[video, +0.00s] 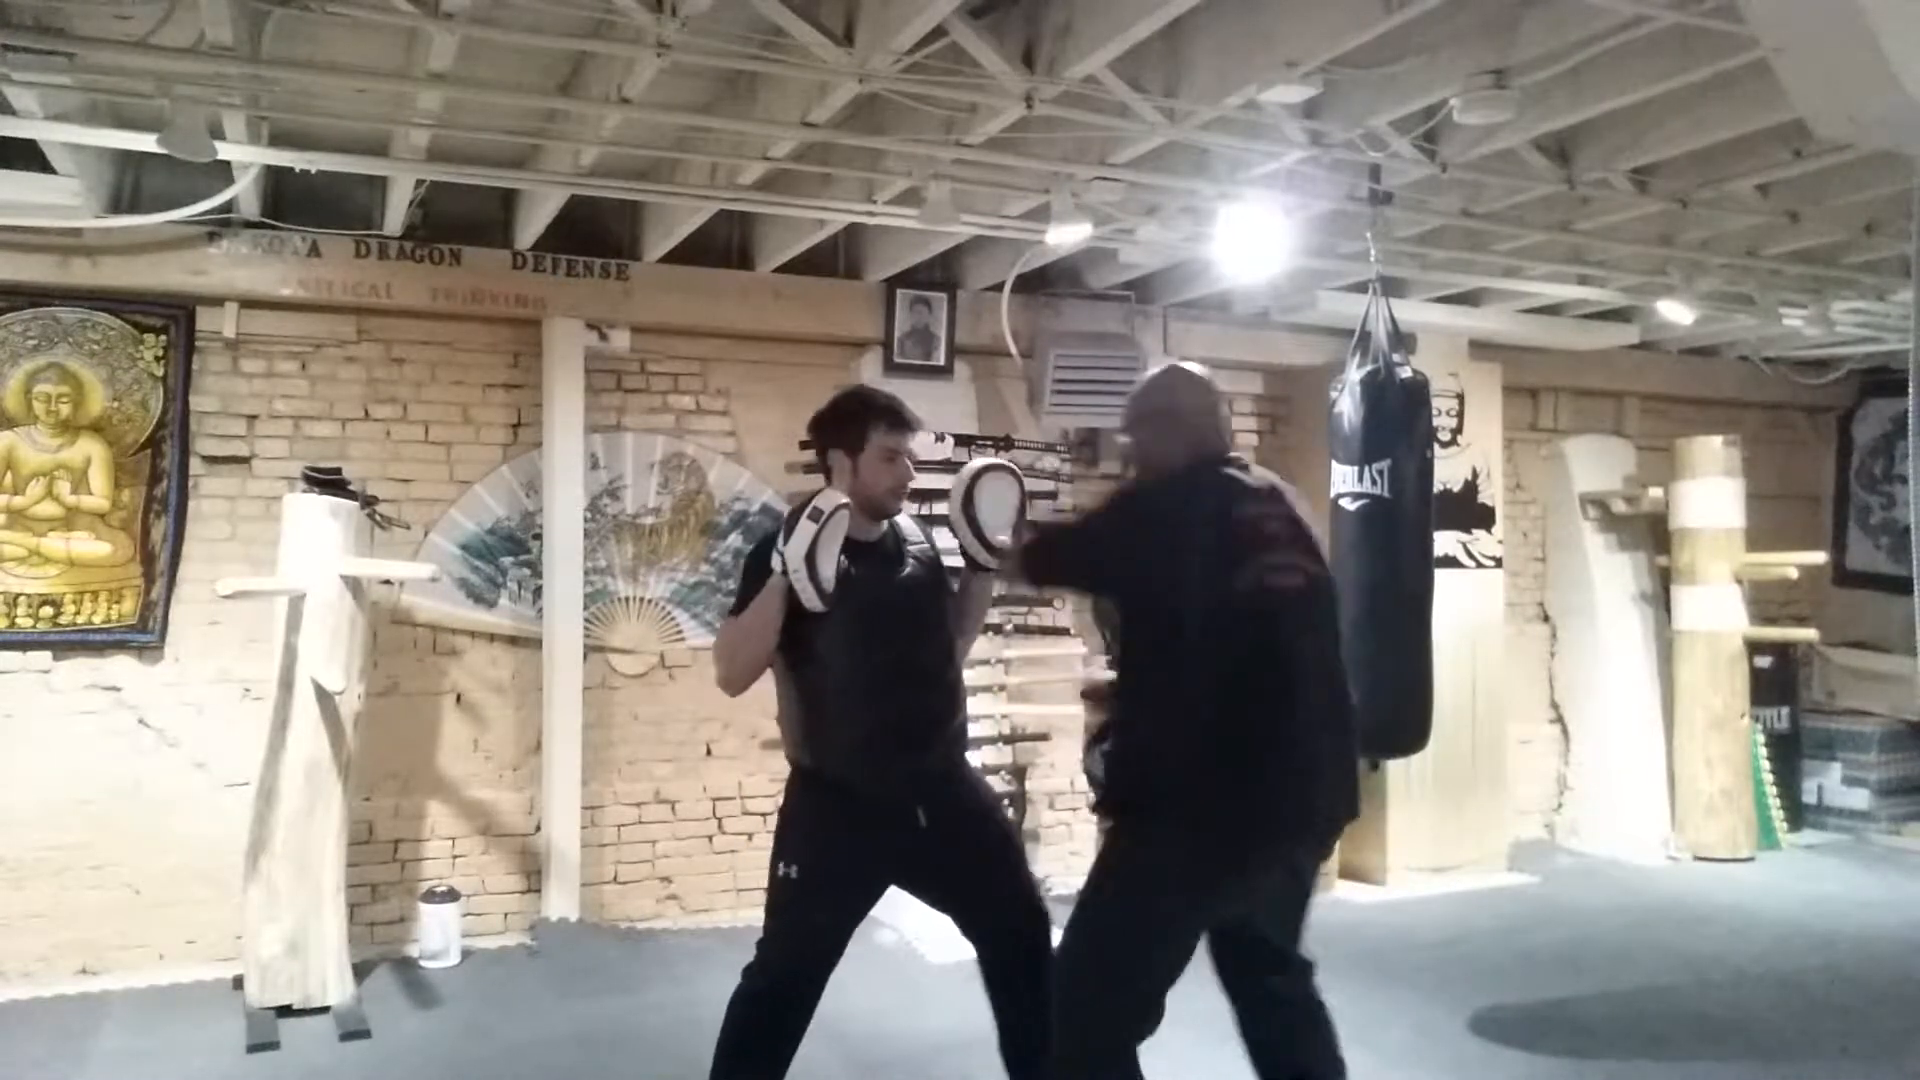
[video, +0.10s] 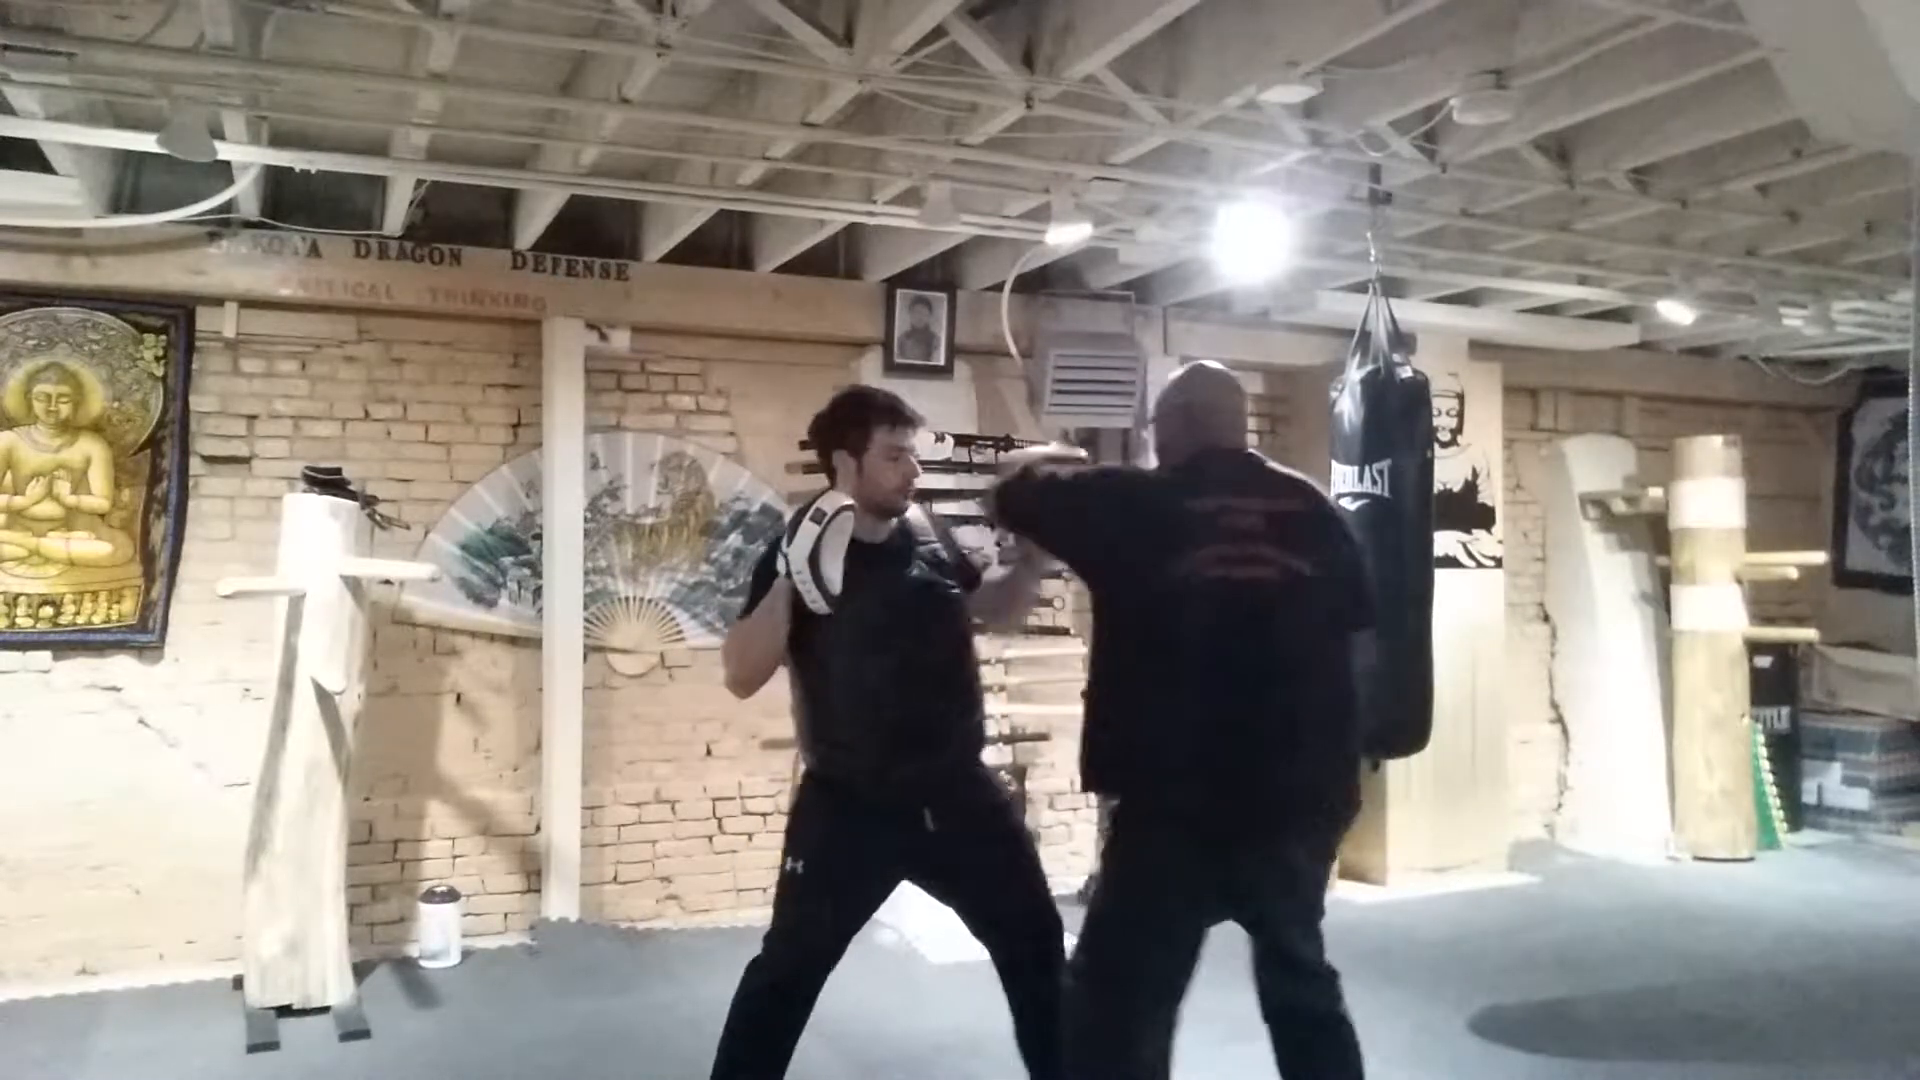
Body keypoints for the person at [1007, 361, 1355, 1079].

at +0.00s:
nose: (1129, 445)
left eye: (1138, 428)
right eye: (1129, 428)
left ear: (1167, 432)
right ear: (1216, 432)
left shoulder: (1155, 512)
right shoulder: (1274, 508)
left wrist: (1021, 551)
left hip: (1188, 810)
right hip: (1298, 799)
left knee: (1090, 1011)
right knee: (1267, 968)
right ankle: (1315, 1075)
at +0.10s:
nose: (1153, 437)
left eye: (1156, 426)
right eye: (1159, 427)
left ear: (1166, 431)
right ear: (1244, 427)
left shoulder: (1132, 501)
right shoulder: (1312, 509)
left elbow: (1013, 493)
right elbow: (1357, 611)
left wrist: (1051, 458)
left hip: (1171, 806)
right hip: (1297, 803)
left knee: (1118, 1014)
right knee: (1302, 982)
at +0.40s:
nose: (1139, 440)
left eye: (1143, 426)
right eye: (1142, 426)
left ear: (1158, 429)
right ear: (1234, 420)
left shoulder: (1140, 510)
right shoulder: (1315, 497)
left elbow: (1036, 578)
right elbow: (1381, 589)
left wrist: (1089, 503)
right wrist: (1293, 587)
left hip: (1191, 793)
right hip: (1304, 784)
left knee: (1089, 985)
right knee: (1284, 962)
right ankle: (1329, 1079)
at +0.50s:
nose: (1119, 431)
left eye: (1130, 414)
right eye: (1121, 415)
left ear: (1172, 417)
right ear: (1212, 414)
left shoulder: (1168, 515)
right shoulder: (1270, 491)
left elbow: (1088, 629)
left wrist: (1070, 553)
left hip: (1209, 793)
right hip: (1291, 778)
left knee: (1082, 979)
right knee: (1240, 951)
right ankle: (1304, 1074)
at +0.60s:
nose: (1105, 439)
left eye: (1117, 421)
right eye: (1106, 422)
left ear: (1164, 427)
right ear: (1186, 424)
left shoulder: (1225, 520)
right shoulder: (1170, 513)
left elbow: (1151, 681)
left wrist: (1098, 575)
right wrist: (1058, 506)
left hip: (1226, 801)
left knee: (1075, 978)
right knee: (1221, 973)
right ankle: (1290, 1078)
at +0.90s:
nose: (1083, 439)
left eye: (1095, 420)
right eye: (1082, 421)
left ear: (1148, 419)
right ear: (1151, 421)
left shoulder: (1222, 518)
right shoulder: (1147, 512)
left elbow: (1183, 684)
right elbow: (1096, 618)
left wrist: (1085, 579)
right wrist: (1035, 533)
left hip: (1225, 803)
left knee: (1089, 989)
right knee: (1241, 966)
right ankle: (1312, 1079)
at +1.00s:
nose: (1100, 417)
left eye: (1116, 398)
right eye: (1099, 400)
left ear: (1163, 400)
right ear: (1176, 403)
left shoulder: (1195, 495)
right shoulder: (1231, 479)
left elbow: (1157, 666)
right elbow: (1207, 608)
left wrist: (1077, 583)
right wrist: (1121, 556)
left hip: (1241, 772)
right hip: (1295, 758)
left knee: (1130, 984)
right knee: (1267, 947)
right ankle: (1344, 1076)